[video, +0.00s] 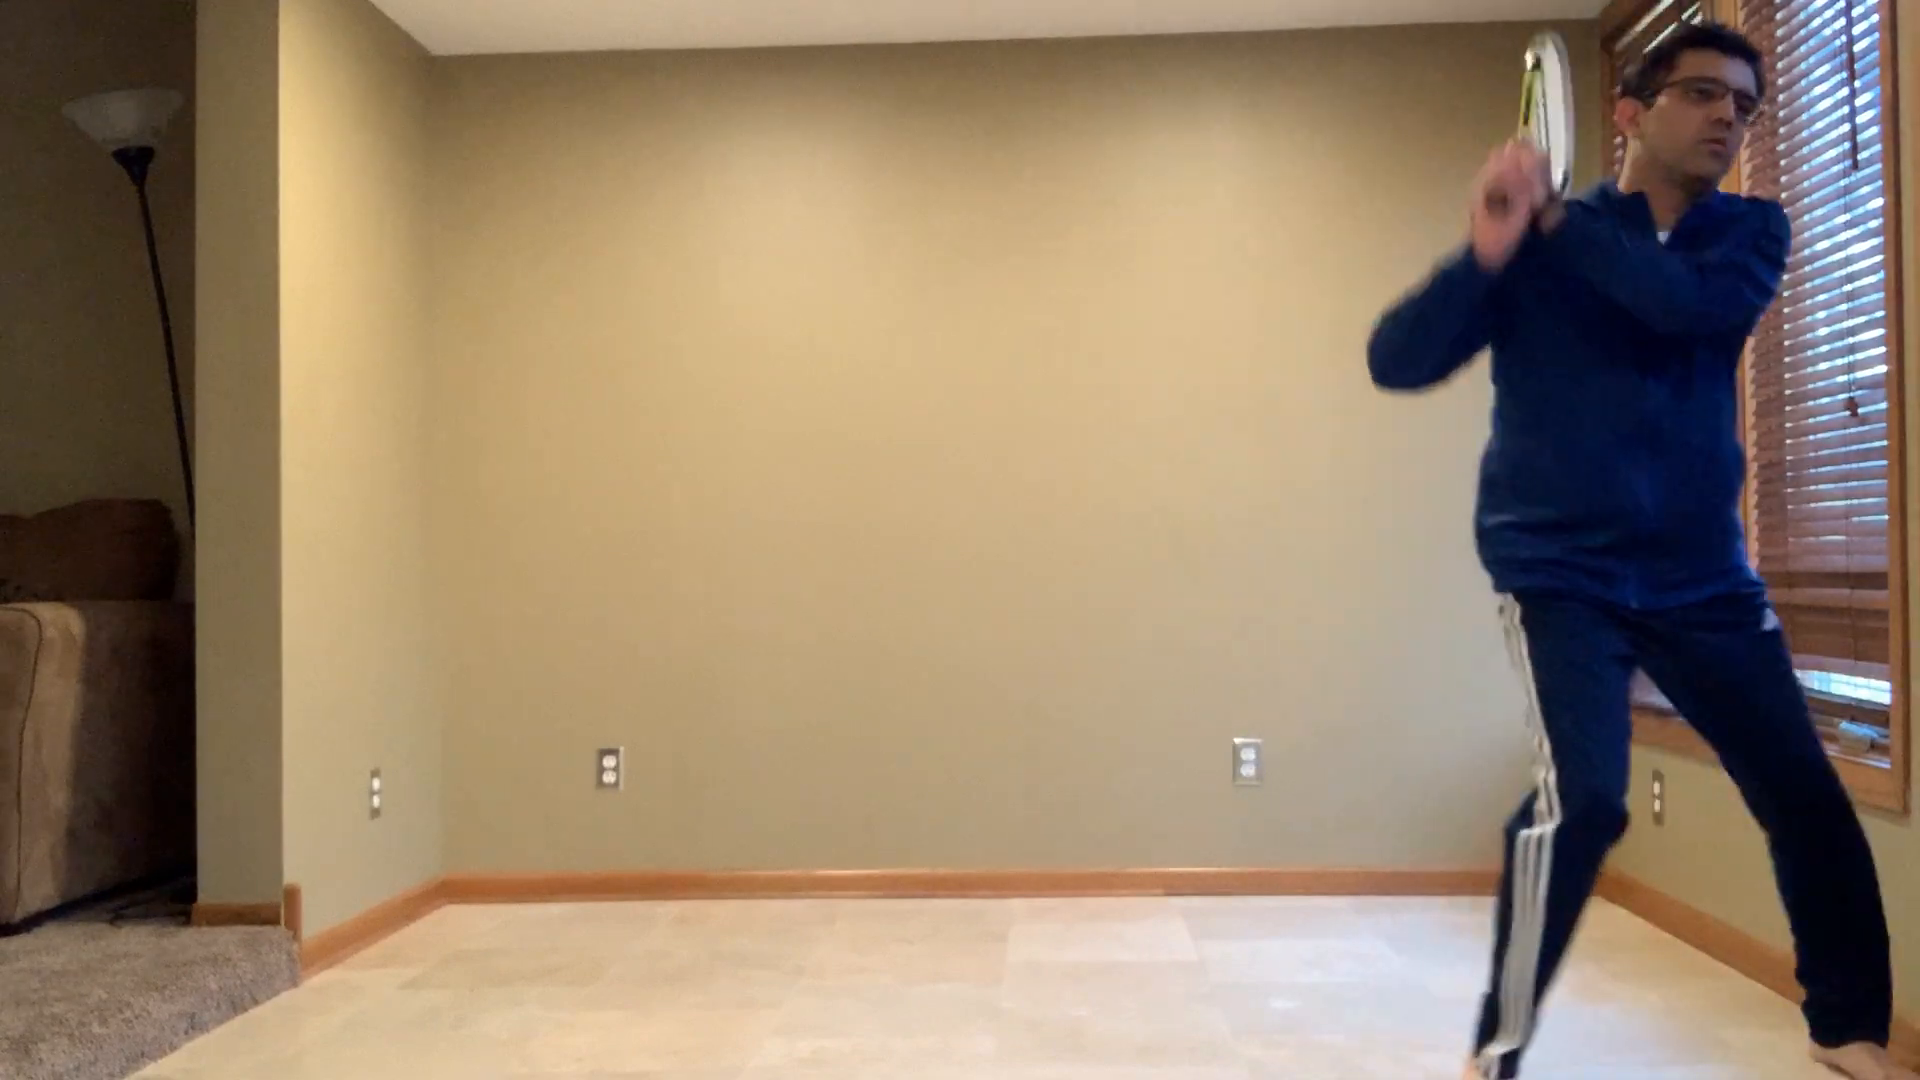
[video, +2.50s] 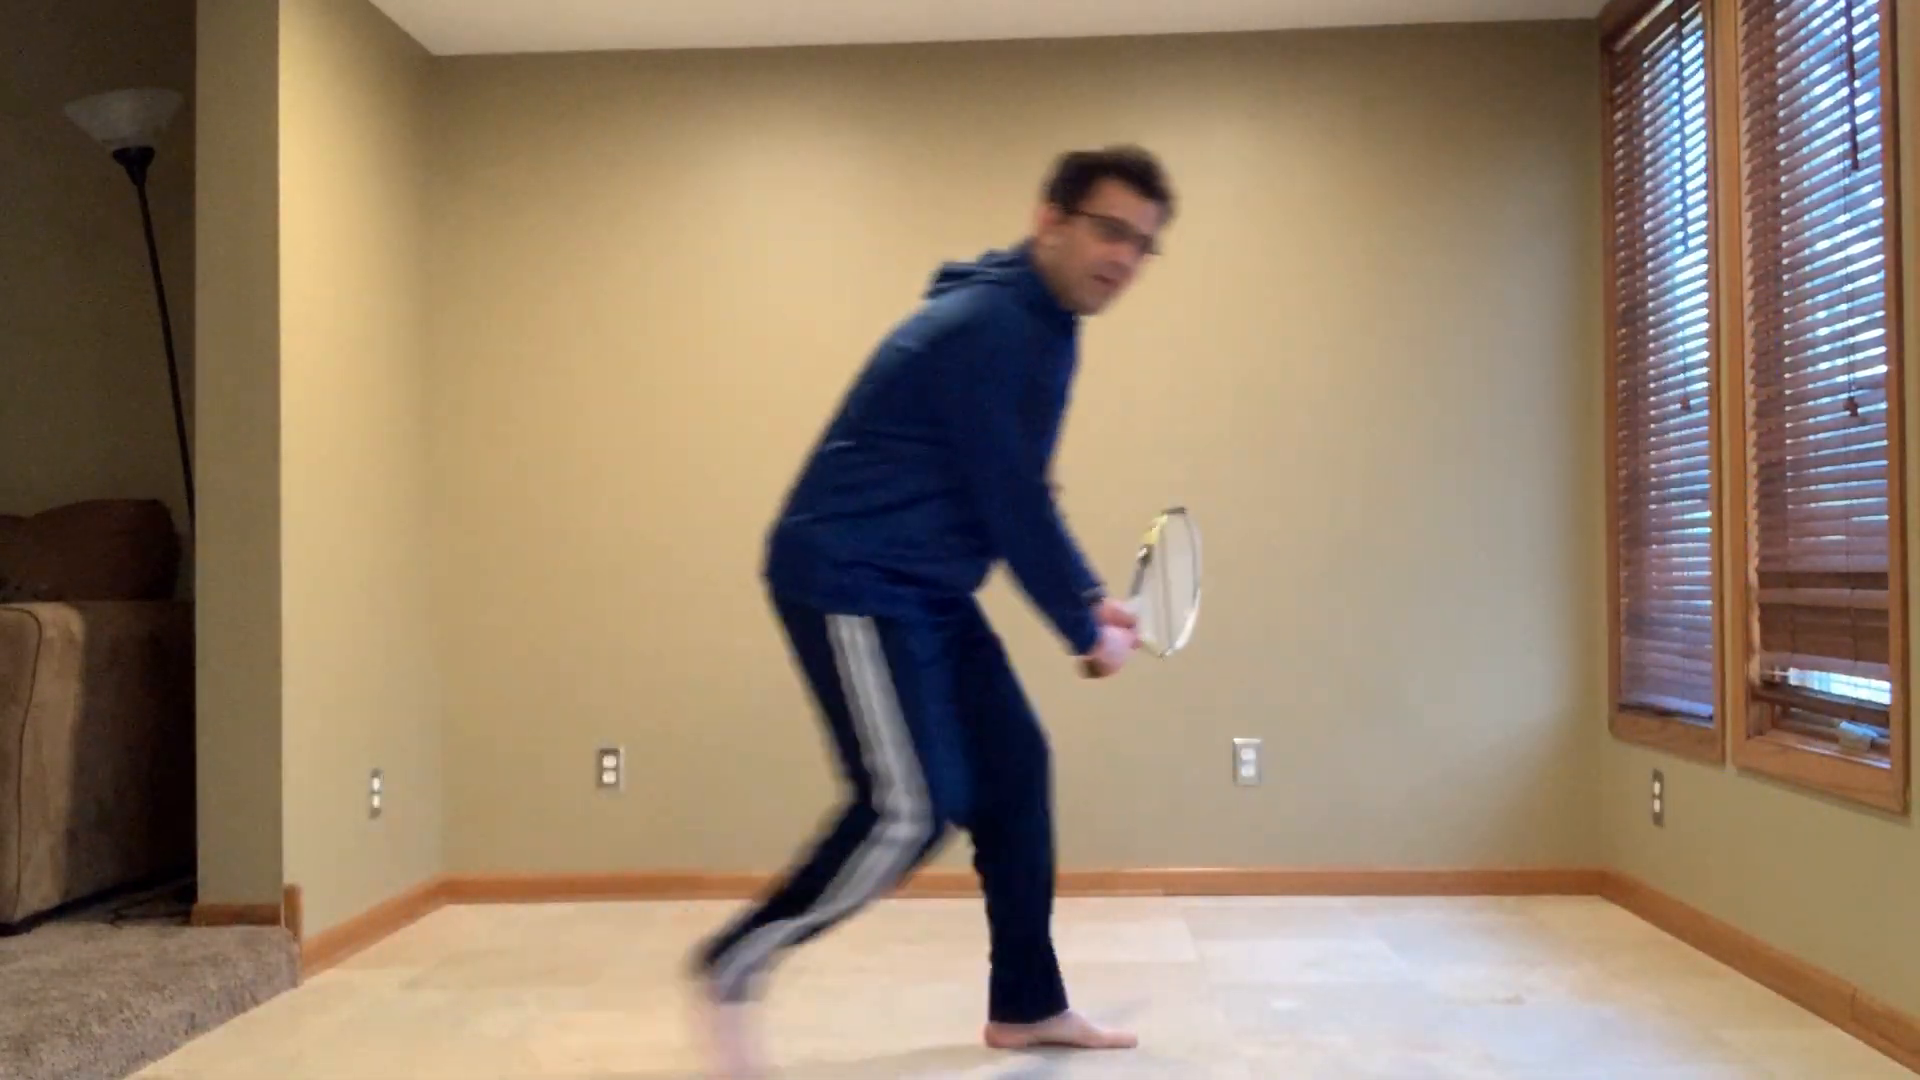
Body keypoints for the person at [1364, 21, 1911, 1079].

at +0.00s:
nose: (1727, 118)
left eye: (1741, 105)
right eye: (1702, 94)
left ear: (1746, 129)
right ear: (1630, 113)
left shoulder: (1746, 228)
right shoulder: (1545, 233)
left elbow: (1696, 310)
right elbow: (1397, 360)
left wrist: (1552, 217)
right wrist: (1484, 256)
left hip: (1698, 566)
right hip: (1557, 563)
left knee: (1806, 797)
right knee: (1584, 802)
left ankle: (1851, 1036)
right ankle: (1494, 1051)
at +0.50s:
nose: (1385, 124)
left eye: (1408, 104)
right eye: (1360, 106)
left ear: (1440, 127)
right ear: (1325, 134)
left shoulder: (1506, 238)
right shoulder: (1284, 280)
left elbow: (1570, 377)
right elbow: (1260, 449)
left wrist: (1509, 435)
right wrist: (1394, 480)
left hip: (1515, 556)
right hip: (1383, 579)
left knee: (1595, 759)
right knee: (1435, 805)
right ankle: (1533, 1001)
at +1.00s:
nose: (922, 123)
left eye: (948, 106)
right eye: (907, 103)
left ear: (994, 124)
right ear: (889, 117)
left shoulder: (1050, 246)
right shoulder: (842, 252)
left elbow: (1080, 407)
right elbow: (814, 405)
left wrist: (978, 468)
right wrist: (892, 489)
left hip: (1036, 560)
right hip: (899, 568)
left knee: (1101, 769)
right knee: (868, 790)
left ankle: (1142, 1015)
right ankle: (904, 1012)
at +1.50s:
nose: (531, 106)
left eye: (560, 91)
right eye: (520, 86)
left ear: (609, 120)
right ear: (502, 106)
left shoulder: (663, 244)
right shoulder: (447, 230)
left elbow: (685, 396)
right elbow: (406, 379)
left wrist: (572, 468)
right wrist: (485, 475)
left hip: (613, 550)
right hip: (475, 546)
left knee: (625, 776)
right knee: (403, 762)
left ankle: (612, 993)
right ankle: (389, 973)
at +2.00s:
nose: (612, 246)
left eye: (638, 233)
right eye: (597, 221)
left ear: (661, 258)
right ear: (556, 226)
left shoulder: (662, 379)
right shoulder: (458, 329)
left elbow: (632, 523)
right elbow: (398, 500)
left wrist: (579, 606)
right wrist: (474, 635)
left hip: (551, 620)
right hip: (416, 601)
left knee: (615, 788)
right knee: (316, 818)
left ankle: (568, 1023)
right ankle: (234, 1028)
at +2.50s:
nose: (1122, 258)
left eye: (1141, 246)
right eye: (1108, 231)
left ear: (1150, 258)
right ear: (1048, 220)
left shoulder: (1046, 329)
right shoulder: (991, 323)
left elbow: (1021, 490)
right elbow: (1006, 498)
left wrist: (1088, 599)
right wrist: (1080, 621)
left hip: (928, 587)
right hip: (847, 579)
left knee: (1013, 764)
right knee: (910, 803)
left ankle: (1027, 1003)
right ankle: (730, 966)